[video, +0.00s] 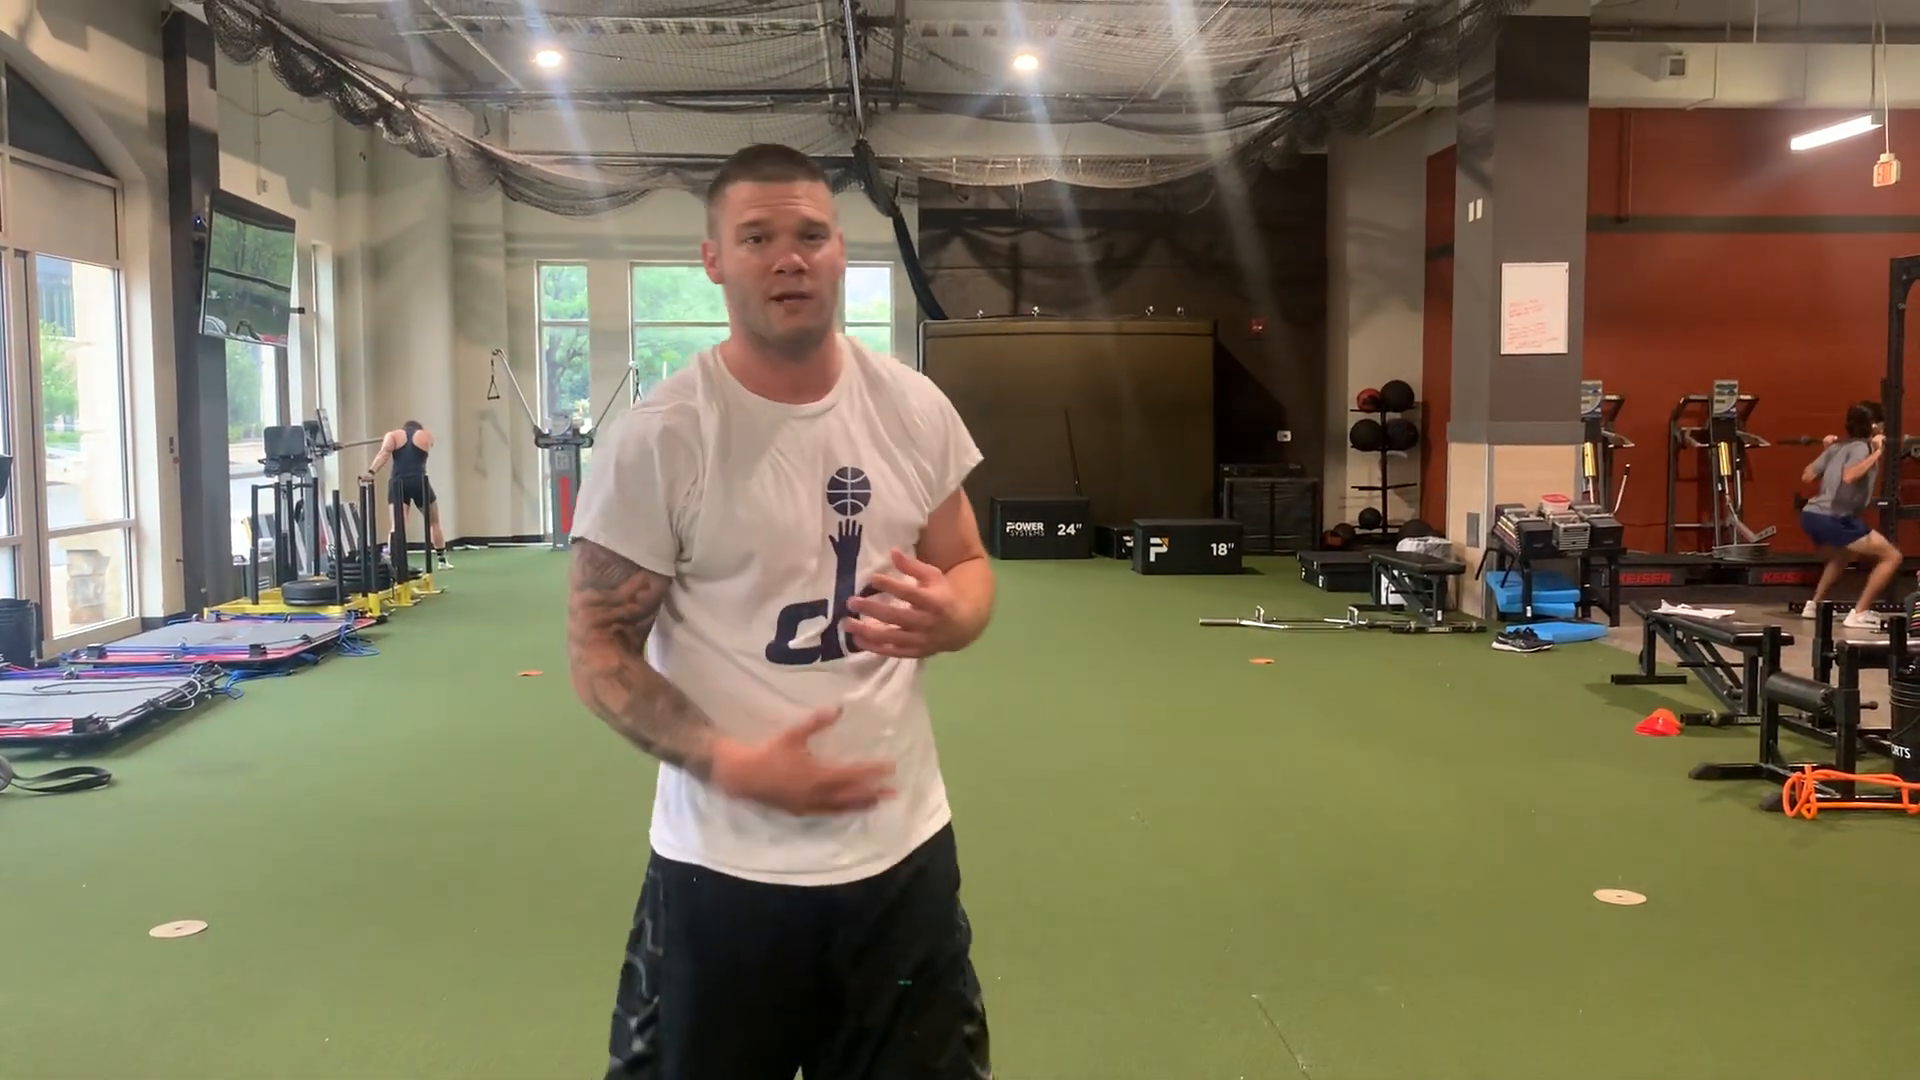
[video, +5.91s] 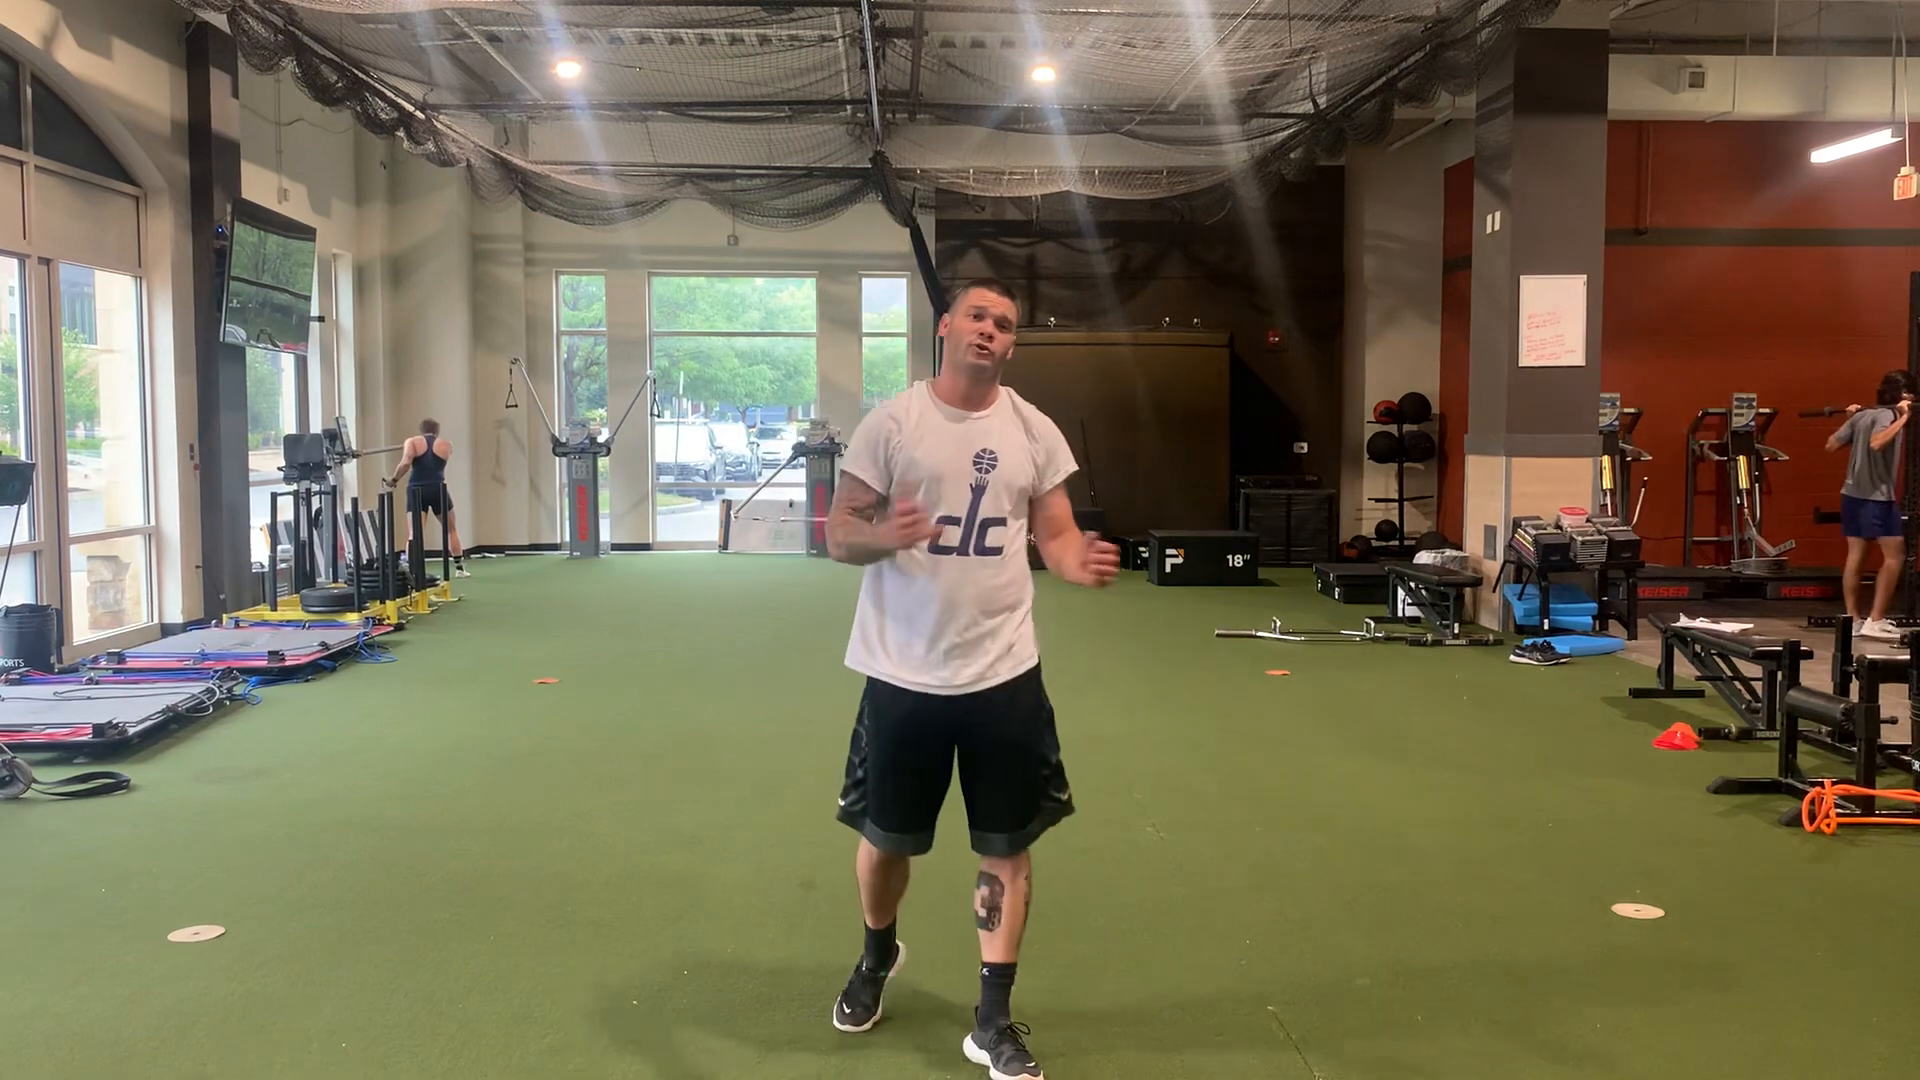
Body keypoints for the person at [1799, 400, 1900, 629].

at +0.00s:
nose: (1881, 429)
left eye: (1881, 425)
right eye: (1879, 424)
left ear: (1850, 425)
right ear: (1871, 427)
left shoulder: (1837, 448)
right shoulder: (1862, 448)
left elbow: (1807, 475)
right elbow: (1849, 476)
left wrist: (1825, 450)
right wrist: (1877, 453)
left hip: (1811, 515)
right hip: (1836, 520)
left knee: (1842, 555)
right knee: (1892, 557)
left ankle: (1814, 604)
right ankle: (1860, 613)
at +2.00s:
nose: (1888, 446)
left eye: (1888, 442)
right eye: (1886, 441)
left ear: (1857, 443)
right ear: (1877, 445)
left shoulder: (1843, 465)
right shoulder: (1867, 466)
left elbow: (1812, 491)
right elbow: (1852, 495)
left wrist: (1832, 466)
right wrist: (1881, 473)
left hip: (1815, 531)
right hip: (1837, 535)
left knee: (1848, 567)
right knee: (1899, 568)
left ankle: (1818, 615)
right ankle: (1864, 623)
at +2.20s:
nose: (1887, 416)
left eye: (1887, 411)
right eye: (1884, 412)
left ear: (1857, 414)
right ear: (1875, 415)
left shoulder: (1843, 437)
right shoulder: (1867, 437)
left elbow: (1813, 464)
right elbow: (1853, 465)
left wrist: (1832, 437)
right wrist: (1881, 443)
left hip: (1820, 507)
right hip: (1841, 512)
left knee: (1841, 559)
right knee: (1886, 560)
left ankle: (1818, 615)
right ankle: (1864, 623)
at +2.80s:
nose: (1886, 450)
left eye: (1886, 445)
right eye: (1883, 445)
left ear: (1856, 445)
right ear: (1876, 447)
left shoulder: (1842, 467)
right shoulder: (1867, 468)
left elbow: (1812, 495)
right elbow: (1850, 496)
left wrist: (1832, 468)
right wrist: (1880, 473)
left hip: (1816, 535)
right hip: (1841, 540)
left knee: (1845, 571)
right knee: (1900, 568)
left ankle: (1818, 615)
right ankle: (1864, 623)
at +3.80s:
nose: (1891, 408)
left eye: (1891, 404)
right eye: (1889, 404)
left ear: (1861, 407)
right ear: (1881, 408)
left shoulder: (1847, 430)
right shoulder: (1872, 429)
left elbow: (1820, 457)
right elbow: (1860, 457)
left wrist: (1836, 430)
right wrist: (1887, 432)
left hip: (1830, 503)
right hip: (1854, 507)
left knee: (1841, 562)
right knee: (1881, 564)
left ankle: (1823, 621)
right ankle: (1870, 629)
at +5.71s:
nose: (1911, 398)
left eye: (1911, 394)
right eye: (1909, 394)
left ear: (1881, 393)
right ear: (1901, 395)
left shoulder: (1862, 417)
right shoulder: (1889, 416)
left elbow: (1833, 446)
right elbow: (1877, 443)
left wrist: (1850, 418)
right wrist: (1904, 418)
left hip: (1855, 496)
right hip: (1879, 499)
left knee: (1861, 559)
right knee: (1883, 561)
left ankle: (1852, 621)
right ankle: (1878, 625)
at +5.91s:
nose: (1911, 399)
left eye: (1911, 395)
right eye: (1909, 395)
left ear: (1881, 393)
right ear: (1902, 396)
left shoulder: (1861, 416)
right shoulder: (1889, 416)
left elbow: (1831, 445)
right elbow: (1875, 443)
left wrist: (1849, 418)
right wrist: (1903, 419)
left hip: (1851, 496)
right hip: (1878, 499)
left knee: (1854, 556)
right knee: (1894, 558)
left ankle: (1852, 619)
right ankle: (1876, 621)